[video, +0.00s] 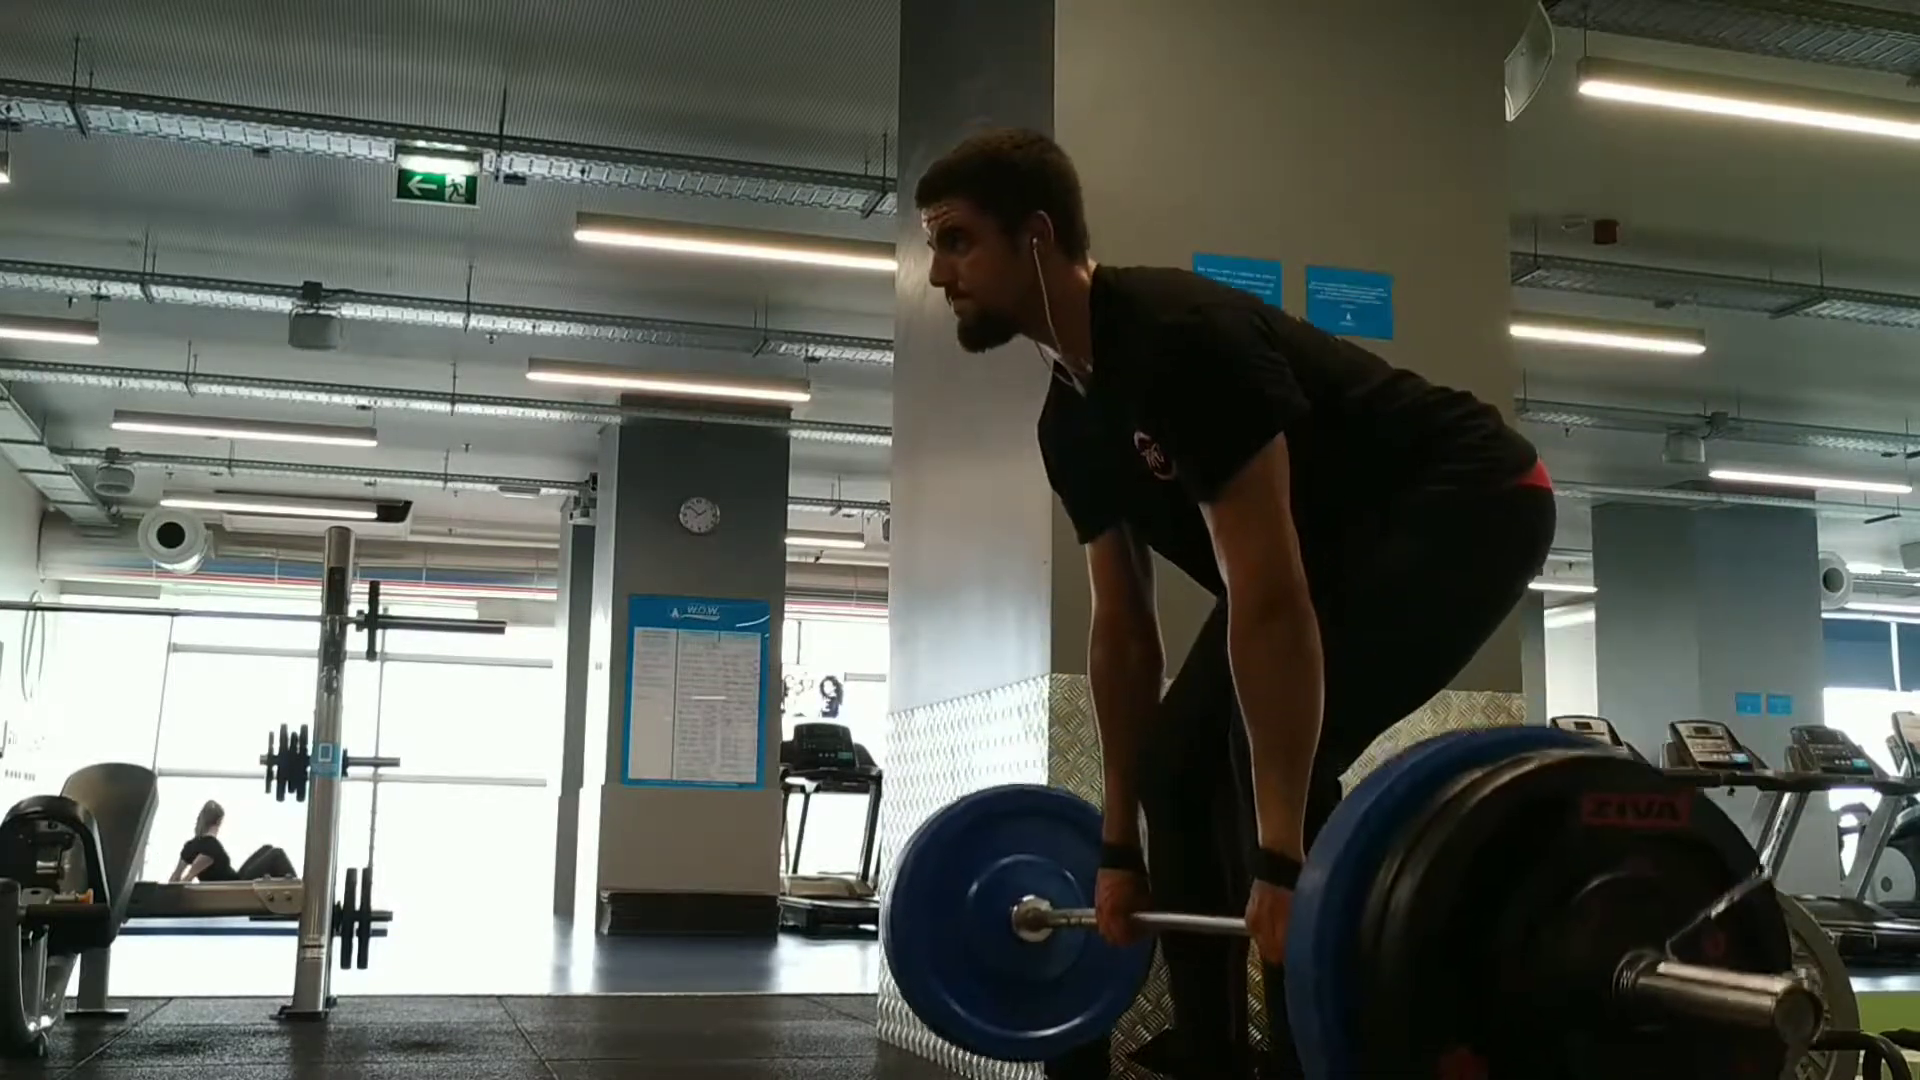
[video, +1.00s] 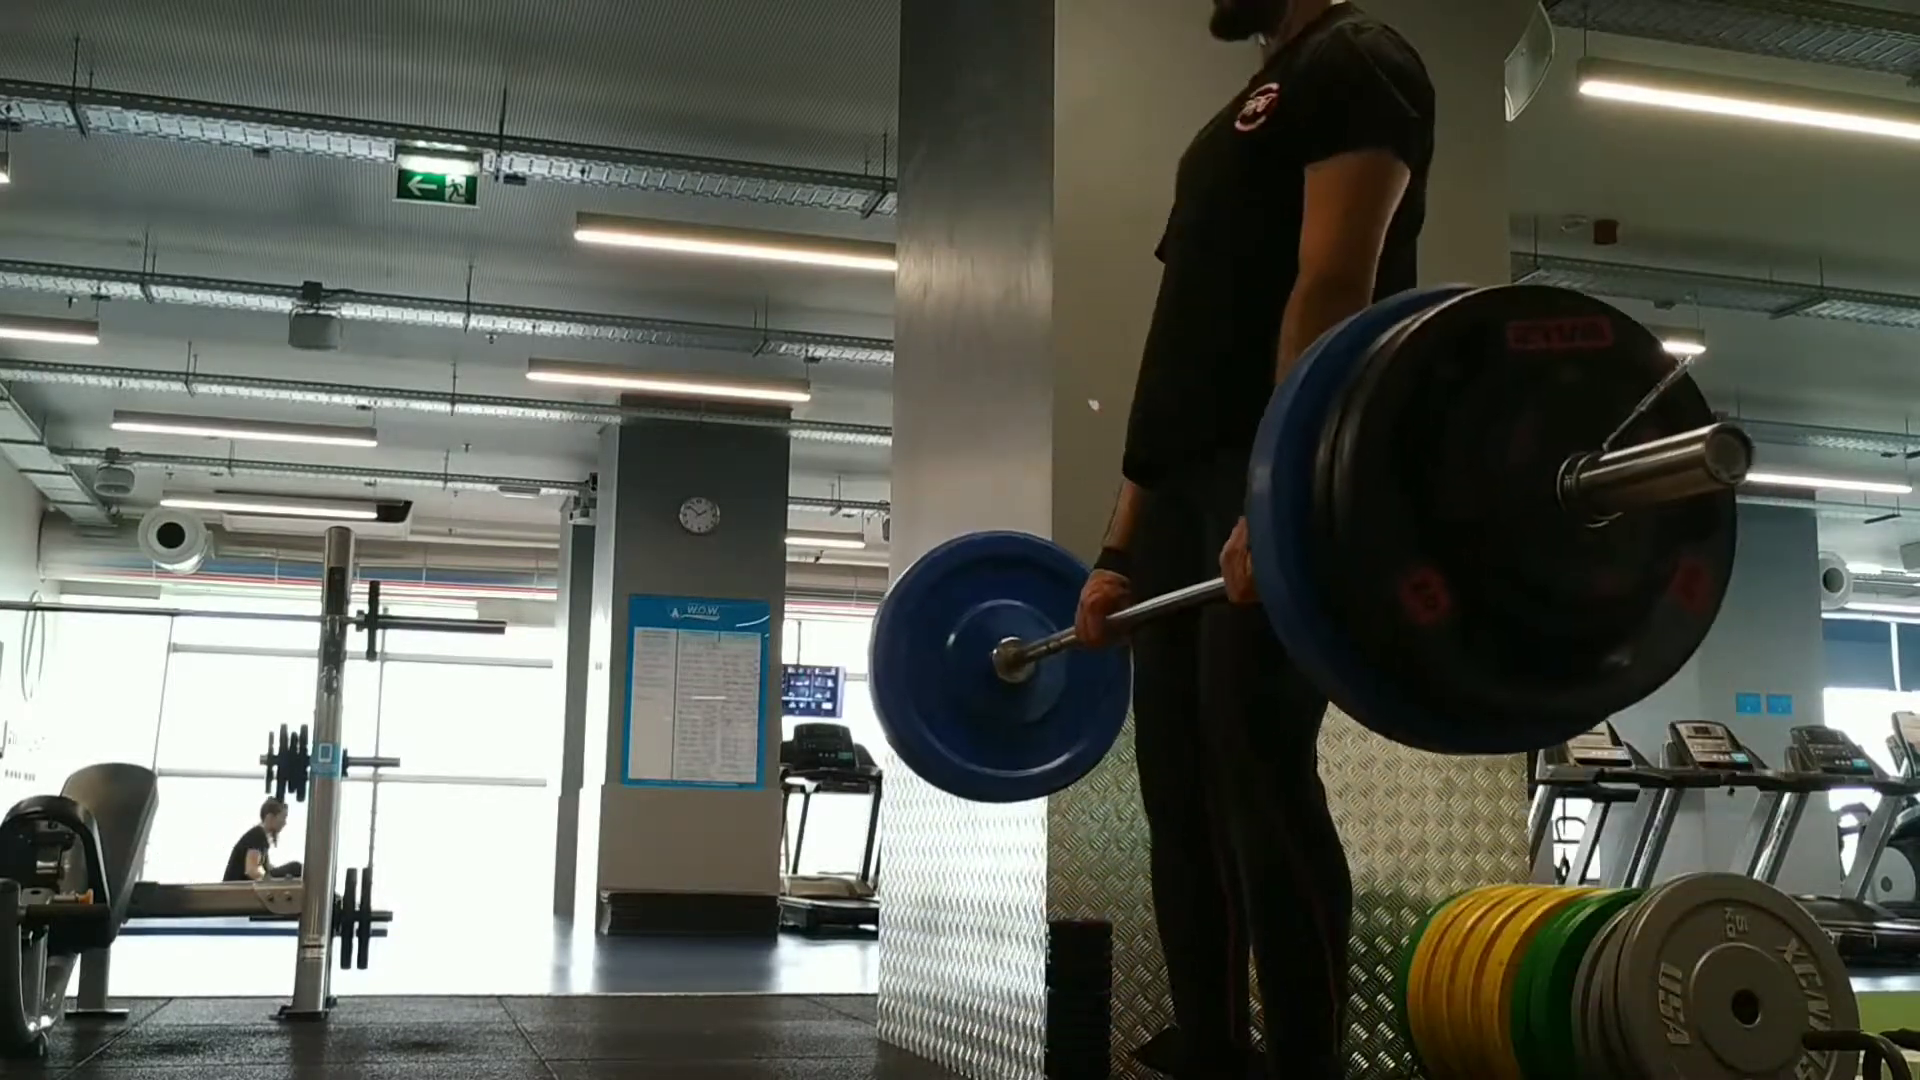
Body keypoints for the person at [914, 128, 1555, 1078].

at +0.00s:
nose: (935, 274)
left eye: (956, 243)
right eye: (933, 248)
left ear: (1039, 239)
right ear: (1028, 248)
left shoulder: (1180, 336)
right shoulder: (1071, 422)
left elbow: (1272, 603)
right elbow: (1120, 632)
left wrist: (1281, 861)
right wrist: (1119, 846)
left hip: (1464, 500)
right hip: (1332, 535)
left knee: (1275, 753)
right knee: (1176, 758)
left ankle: (1314, 1044)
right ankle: (1207, 1039)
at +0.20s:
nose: (954, 193)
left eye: (974, 164)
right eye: (948, 169)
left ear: (1057, 165)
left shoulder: (1191, 268)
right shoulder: (1075, 357)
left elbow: (1278, 533)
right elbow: (1123, 573)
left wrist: (1283, 781)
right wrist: (1120, 779)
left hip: (1451, 488)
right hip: (1315, 522)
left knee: (1311, 779)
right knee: (1190, 764)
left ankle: (1311, 1055)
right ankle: (1211, 1044)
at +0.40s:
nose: (1002, 69)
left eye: (1023, 39)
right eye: (1000, 45)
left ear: (1102, 44)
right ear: (1084, 56)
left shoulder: (1213, 169)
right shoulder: (1094, 258)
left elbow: (1282, 425)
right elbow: (1130, 475)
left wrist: (1279, 662)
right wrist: (1124, 683)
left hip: (1415, 500)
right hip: (1280, 520)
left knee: (1314, 772)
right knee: (1204, 762)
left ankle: (1313, 1058)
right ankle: (1214, 1046)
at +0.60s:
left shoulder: (1273, 77)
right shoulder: (1149, 144)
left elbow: (1301, 320)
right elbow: (1147, 372)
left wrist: (1280, 548)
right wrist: (1125, 581)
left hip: (1295, 515)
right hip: (1202, 518)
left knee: (1278, 788)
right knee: (1184, 779)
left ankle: (1311, 1058)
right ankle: (1210, 1047)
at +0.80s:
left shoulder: (1344, 49)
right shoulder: (1215, 111)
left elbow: (1331, 280)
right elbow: (1178, 332)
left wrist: (1282, 494)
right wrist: (1124, 545)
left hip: (1268, 492)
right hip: (1182, 500)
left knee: (1280, 783)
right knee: (1200, 790)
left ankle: (1311, 1054)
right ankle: (1210, 1048)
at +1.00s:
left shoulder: (1357, 60)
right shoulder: (1239, 113)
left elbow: (1335, 288)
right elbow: (1185, 338)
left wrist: (1278, 503)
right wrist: (1124, 548)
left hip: (1268, 505)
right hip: (1183, 513)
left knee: (1263, 786)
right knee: (1178, 792)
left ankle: (1306, 1060)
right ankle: (1205, 1049)